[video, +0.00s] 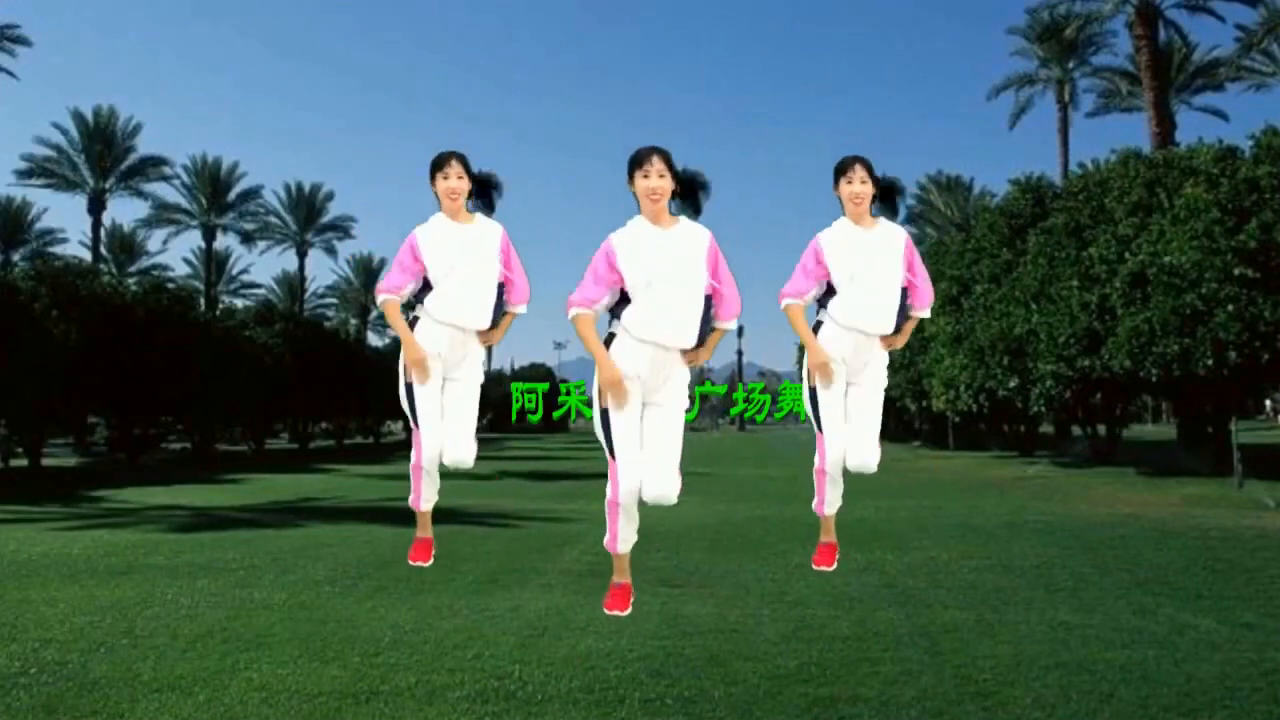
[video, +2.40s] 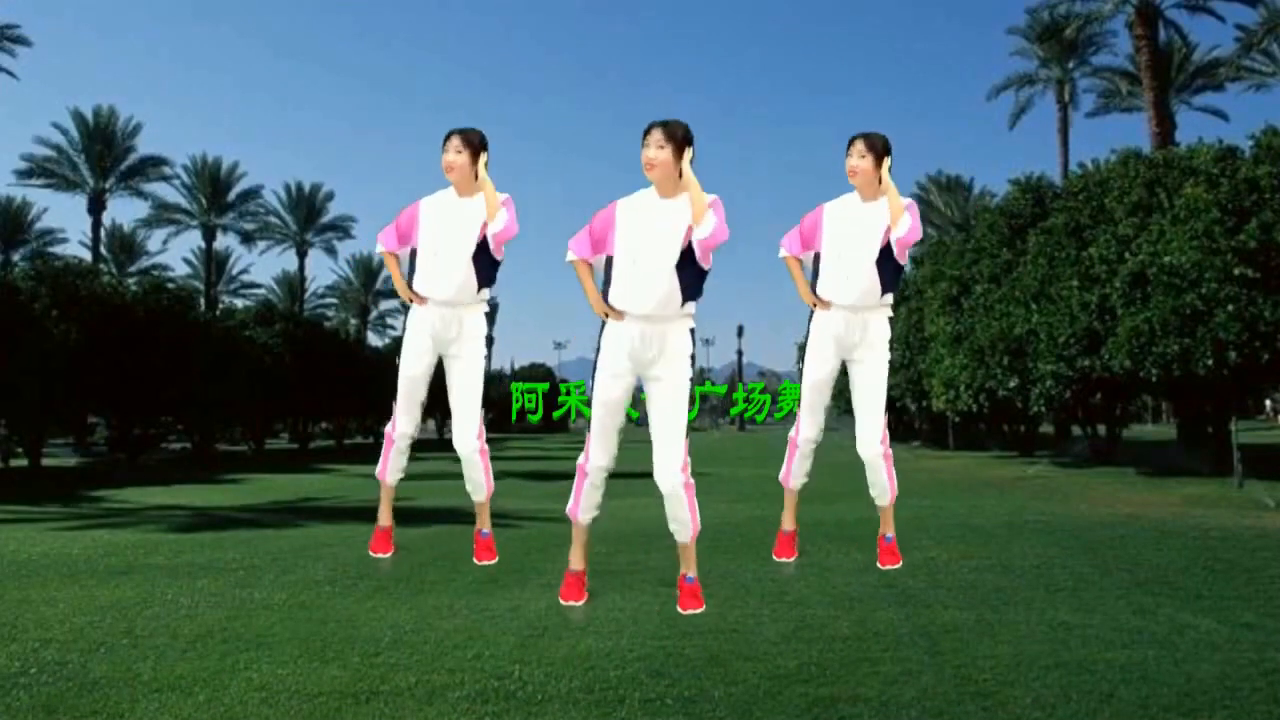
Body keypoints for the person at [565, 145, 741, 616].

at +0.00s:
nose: (654, 183)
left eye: (661, 175)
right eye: (644, 176)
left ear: (674, 183)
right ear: (633, 185)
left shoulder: (699, 239)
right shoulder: (620, 243)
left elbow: (728, 305)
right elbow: (581, 308)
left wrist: (705, 351)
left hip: (674, 364)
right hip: (625, 359)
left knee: (663, 489)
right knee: (624, 475)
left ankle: (627, 463)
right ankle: (621, 575)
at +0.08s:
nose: (655, 179)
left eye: (663, 172)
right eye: (646, 172)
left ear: (675, 181)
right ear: (634, 183)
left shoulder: (700, 236)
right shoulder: (621, 241)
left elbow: (730, 298)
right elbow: (565, 293)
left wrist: (705, 347)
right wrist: (585, 350)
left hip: (675, 363)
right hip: (626, 360)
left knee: (668, 487)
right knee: (626, 478)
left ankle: (631, 452)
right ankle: (621, 578)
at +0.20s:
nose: (662, 151)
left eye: (670, 144)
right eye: (653, 144)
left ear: (682, 153)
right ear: (640, 153)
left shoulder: (704, 209)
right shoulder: (619, 207)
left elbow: (740, 262)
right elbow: (562, 243)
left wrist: (714, 313)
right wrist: (596, 302)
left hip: (689, 339)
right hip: (637, 338)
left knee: (688, 462)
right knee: (637, 464)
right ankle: (623, 574)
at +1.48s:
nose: (664, 158)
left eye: (673, 150)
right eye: (658, 150)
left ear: (694, 157)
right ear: (651, 159)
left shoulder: (717, 207)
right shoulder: (632, 210)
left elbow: (778, 224)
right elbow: (585, 267)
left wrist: (740, 262)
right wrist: (616, 318)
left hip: (701, 334)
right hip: (651, 336)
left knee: (698, 461)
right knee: (655, 462)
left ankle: (690, 574)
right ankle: (645, 576)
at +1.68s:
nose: (667, 151)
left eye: (676, 144)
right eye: (662, 144)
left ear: (699, 150)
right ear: (657, 153)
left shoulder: (724, 198)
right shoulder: (637, 203)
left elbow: (786, 215)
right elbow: (586, 256)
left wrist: (753, 202)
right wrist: (618, 309)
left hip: (701, 327)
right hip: (650, 327)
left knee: (697, 457)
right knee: (649, 460)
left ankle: (693, 575)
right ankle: (643, 575)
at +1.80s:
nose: (673, 177)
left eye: (682, 170)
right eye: (668, 170)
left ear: (704, 177)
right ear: (662, 178)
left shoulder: (720, 231)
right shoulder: (638, 225)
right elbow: (592, 281)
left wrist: (737, 238)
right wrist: (613, 335)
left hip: (703, 352)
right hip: (652, 353)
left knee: (702, 473)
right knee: (672, 472)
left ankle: (691, 578)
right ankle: (654, 557)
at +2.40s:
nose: (650, 155)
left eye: (660, 147)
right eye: (646, 147)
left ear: (682, 156)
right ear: (642, 156)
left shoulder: (704, 208)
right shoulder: (622, 209)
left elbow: (707, 244)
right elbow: (579, 251)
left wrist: (690, 180)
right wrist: (597, 302)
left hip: (671, 338)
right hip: (620, 333)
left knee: (672, 467)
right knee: (598, 454)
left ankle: (689, 573)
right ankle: (576, 564)